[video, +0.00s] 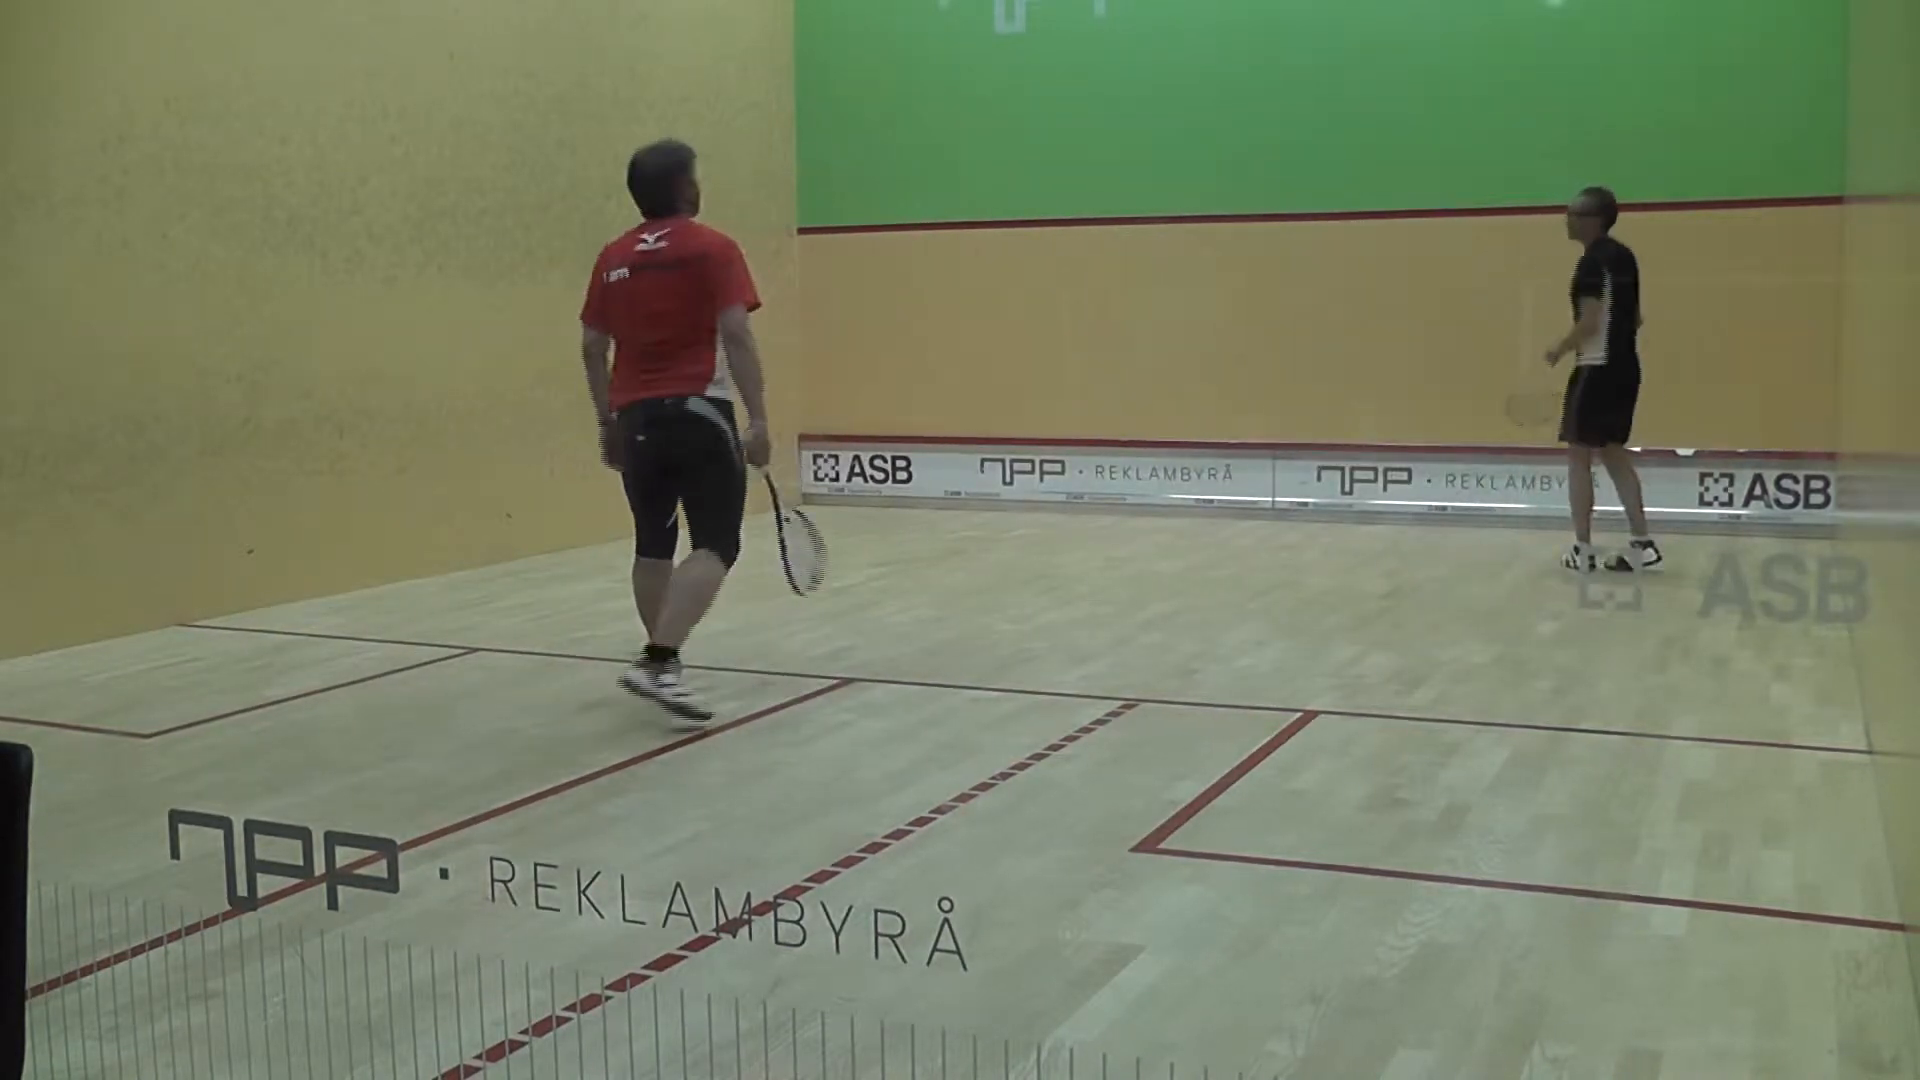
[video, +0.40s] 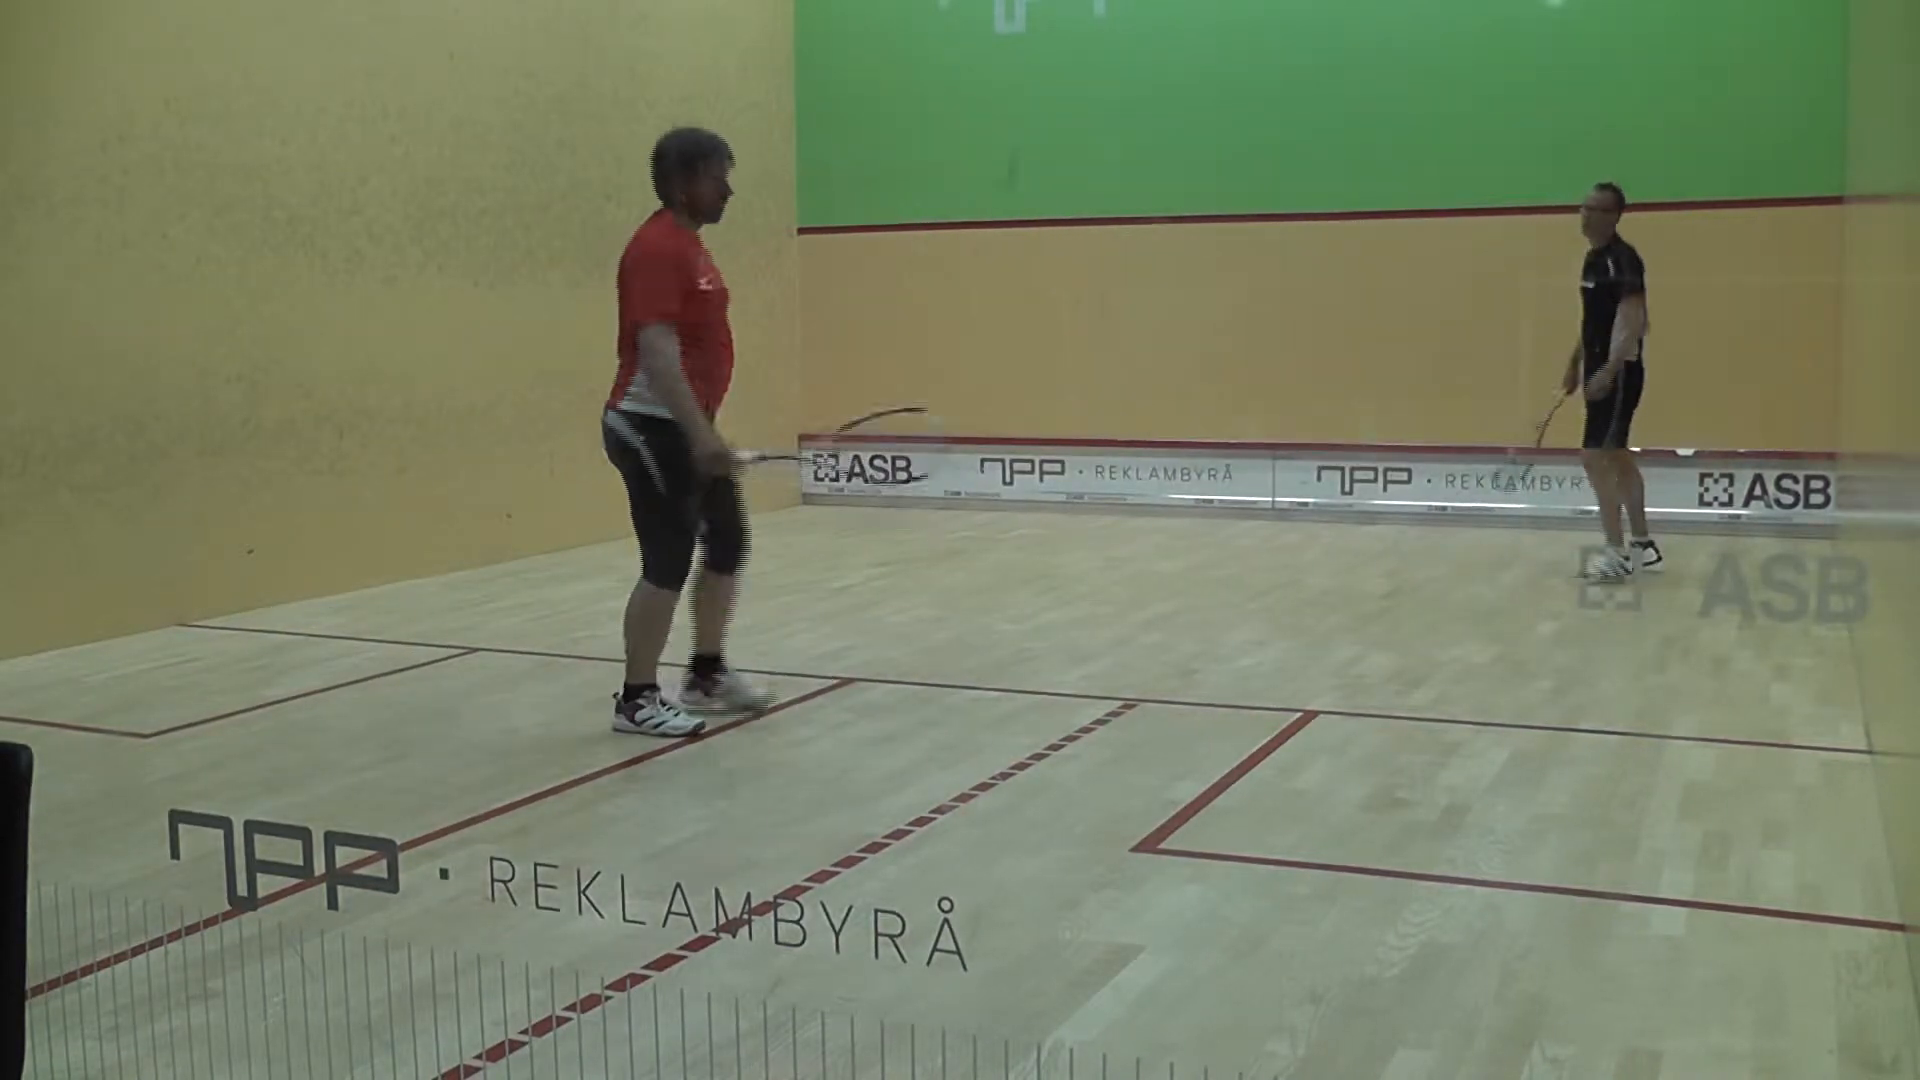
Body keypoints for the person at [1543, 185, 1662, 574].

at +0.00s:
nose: (1567, 220)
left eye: (1574, 214)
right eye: (1569, 213)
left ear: (1594, 220)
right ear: (1600, 220)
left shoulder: (1591, 261)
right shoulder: (1624, 256)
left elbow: (1591, 321)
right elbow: (1635, 319)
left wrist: (1560, 347)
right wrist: (1600, 341)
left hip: (1595, 370)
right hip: (1623, 369)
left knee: (1579, 457)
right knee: (1614, 452)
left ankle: (1582, 548)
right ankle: (1643, 542)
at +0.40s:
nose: (1584, 216)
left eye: (1594, 210)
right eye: (1584, 208)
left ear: (1614, 217)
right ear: (1586, 213)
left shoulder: (1624, 259)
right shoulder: (1593, 259)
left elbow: (1632, 320)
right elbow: (1594, 319)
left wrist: (1610, 368)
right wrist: (1576, 361)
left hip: (1619, 367)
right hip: (1601, 367)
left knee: (1596, 455)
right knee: (1617, 455)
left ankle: (1616, 551)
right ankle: (1642, 542)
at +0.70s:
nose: (1583, 214)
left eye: (1593, 208)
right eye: (1580, 207)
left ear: (1611, 214)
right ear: (1575, 210)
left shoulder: (1628, 260)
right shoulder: (1572, 262)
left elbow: (1644, 326)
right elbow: (1573, 327)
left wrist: (1646, 385)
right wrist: (1559, 379)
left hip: (1613, 375)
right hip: (1577, 375)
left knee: (1606, 465)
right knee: (1562, 459)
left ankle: (1619, 556)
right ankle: (1602, 535)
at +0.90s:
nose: (1566, 213)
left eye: (1575, 207)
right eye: (1562, 206)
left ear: (1593, 213)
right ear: (1556, 211)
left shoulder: (1613, 257)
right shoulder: (1552, 262)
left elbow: (1638, 319)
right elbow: (1552, 322)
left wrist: (1647, 382)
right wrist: (1534, 373)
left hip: (1604, 375)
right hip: (1560, 374)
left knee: (1604, 465)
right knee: (1533, 456)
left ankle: (1619, 558)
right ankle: (1544, 557)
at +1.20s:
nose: (1521, 219)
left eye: (1530, 212)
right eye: (1517, 211)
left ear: (1549, 217)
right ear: (1512, 216)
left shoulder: (1572, 264)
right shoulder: (1507, 268)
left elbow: (1595, 326)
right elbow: (1501, 332)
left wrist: (1597, 388)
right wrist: (1481, 389)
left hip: (1560, 387)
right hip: (1515, 387)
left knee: (1573, 478)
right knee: (1501, 473)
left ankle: (1610, 546)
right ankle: (1512, 571)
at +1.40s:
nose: (1499, 207)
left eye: (1508, 200)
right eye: (1494, 198)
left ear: (1526, 206)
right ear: (1487, 203)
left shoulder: (1545, 254)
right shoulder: (1473, 260)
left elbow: (1564, 317)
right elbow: (1464, 322)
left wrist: (1567, 377)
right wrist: (1446, 380)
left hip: (1531, 375)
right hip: (1487, 375)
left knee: (1520, 469)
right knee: (1491, 472)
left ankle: (1540, 544)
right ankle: (1509, 570)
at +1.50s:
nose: (1485, 207)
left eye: (1495, 201)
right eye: (1480, 200)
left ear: (1512, 207)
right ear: (1473, 205)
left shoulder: (1531, 257)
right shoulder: (1460, 258)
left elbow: (1550, 320)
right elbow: (1445, 320)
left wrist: (1555, 383)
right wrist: (1425, 381)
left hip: (1514, 372)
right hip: (1471, 372)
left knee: (1496, 472)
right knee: (1485, 474)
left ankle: (1504, 573)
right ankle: (1508, 567)